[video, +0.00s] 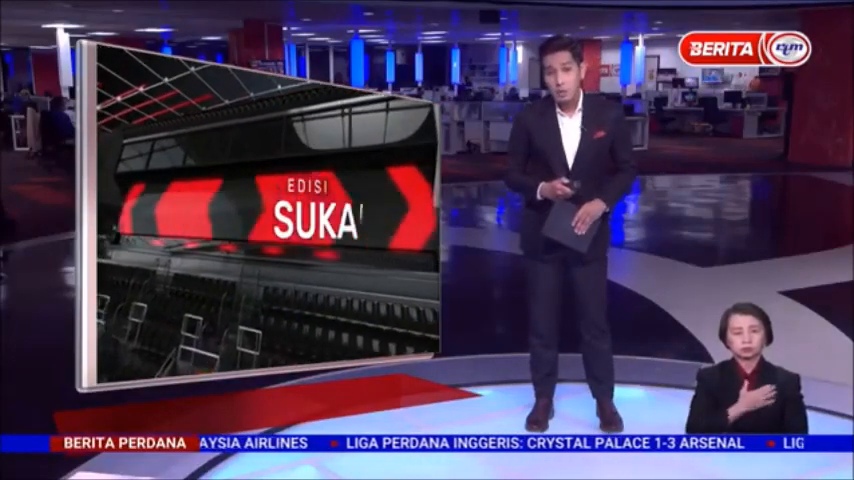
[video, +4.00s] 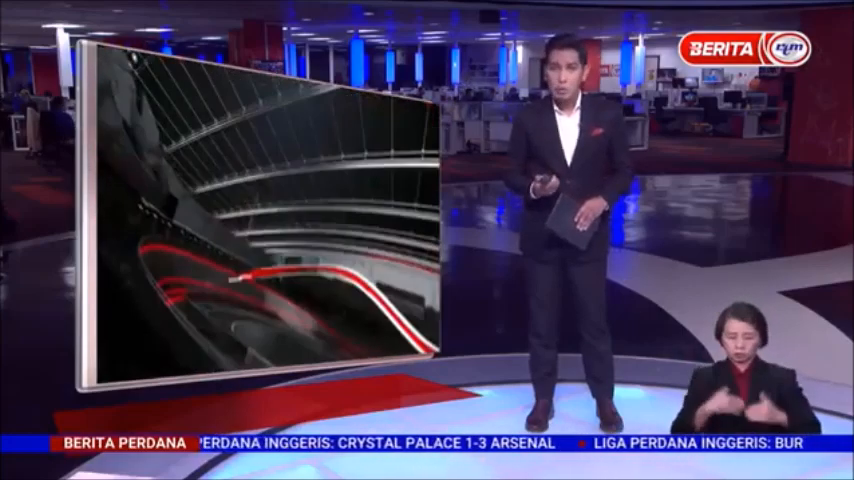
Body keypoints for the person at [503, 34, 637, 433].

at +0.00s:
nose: (558, 79)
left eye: (565, 69)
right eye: (550, 72)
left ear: (581, 71)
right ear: (543, 77)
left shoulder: (607, 112)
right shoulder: (529, 117)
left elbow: (626, 169)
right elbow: (512, 173)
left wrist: (601, 202)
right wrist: (540, 188)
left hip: (590, 231)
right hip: (542, 232)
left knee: (594, 320)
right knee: (543, 322)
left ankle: (605, 400)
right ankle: (542, 400)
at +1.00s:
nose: (560, 73)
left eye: (568, 64)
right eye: (552, 66)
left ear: (583, 68)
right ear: (544, 74)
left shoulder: (608, 112)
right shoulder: (530, 115)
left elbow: (625, 171)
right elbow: (512, 171)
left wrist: (598, 201)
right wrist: (537, 186)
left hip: (589, 230)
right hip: (542, 231)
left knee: (593, 320)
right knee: (543, 321)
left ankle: (605, 400)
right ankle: (542, 400)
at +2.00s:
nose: (564, 72)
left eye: (572, 63)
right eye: (557, 64)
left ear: (586, 69)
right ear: (548, 72)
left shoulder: (608, 112)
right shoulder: (531, 115)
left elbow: (626, 170)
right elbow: (513, 170)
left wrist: (601, 201)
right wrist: (537, 185)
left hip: (590, 232)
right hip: (542, 233)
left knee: (593, 321)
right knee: (543, 322)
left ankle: (605, 400)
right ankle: (542, 400)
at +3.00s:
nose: (558, 73)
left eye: (566, 65)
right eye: (551, 66)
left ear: (582, 70)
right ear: (544, 74)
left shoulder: (607, 112)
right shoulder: (530, 116)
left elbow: (625, 171)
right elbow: (513, 171)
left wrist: (601, 200)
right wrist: (532, 185)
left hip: (589, 232)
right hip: (542, 233)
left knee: (593, 321)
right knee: (543, 323)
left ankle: (605, 401)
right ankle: (542, 401)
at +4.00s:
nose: (561, 76)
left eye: (569, 68)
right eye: (554, 68)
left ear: (583, 72)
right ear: (545, 73)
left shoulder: (606, 112)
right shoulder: (528, 116)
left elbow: (624, 171)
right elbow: (512, 172)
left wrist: (602, 199)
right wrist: (532, 187)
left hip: (589, 231)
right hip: (541, 232)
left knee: (593, 321)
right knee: (543, 322)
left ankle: (605, 401)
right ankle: (542, 401)